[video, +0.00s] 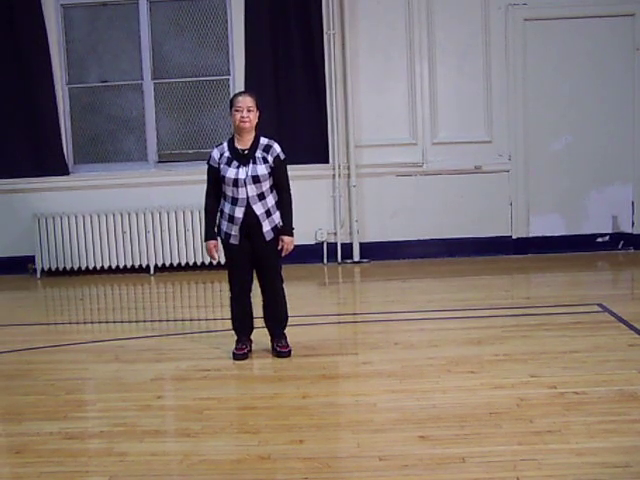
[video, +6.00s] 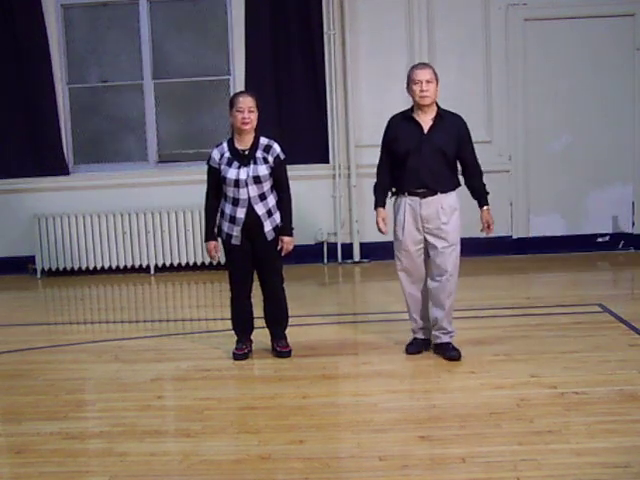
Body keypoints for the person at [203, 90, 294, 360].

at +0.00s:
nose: (244, 115)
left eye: (249, 110)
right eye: (238, 110)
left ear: (257, 115)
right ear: (231, 115)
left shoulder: (271, 150)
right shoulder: (219, 154)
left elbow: (284, 192)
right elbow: (212, 197)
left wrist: (287, 230)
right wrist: (210, 234)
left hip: (267, 230)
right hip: (233, 232)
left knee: (272, 285)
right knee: (239, 288)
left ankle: (278, 335)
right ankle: (242, 337)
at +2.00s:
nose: (254, 115)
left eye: (258, 111)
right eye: (248, 110)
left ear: (261, 115)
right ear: (233, 114)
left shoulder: (271, 149)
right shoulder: (220, 154)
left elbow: (285, 191)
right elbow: (213, 197)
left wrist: (289, 229)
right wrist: (212, 235)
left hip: (269, 231)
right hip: (235, 233)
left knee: (274, 285)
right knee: (240, 288)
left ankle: (279, 335)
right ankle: (243, 338)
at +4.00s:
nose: (241, 114)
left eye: (246, 109)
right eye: (235, 110)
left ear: (254, 114)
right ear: (227, 116)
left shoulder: (268, 149)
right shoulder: (216, 155)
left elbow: (282, 192)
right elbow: (210, 198)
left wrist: (285, 229)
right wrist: (210, 235)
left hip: (266, 231)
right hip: (232, 233)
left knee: (272, 285)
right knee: (239, 289)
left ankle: (279, 335)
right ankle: (243, 338)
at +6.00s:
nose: (245, 116)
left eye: (250, 111)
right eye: (240, 111)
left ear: (257, 115)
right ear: (231, 115)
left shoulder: (271, 150)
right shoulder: (219, 154)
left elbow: (284, 192)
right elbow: (212, 197)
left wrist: (287, 230)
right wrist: (211, 235)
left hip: (267, 230)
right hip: (234, 232)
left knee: (273, 285)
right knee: (240, 289)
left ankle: (279, 336)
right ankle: (243, 338)